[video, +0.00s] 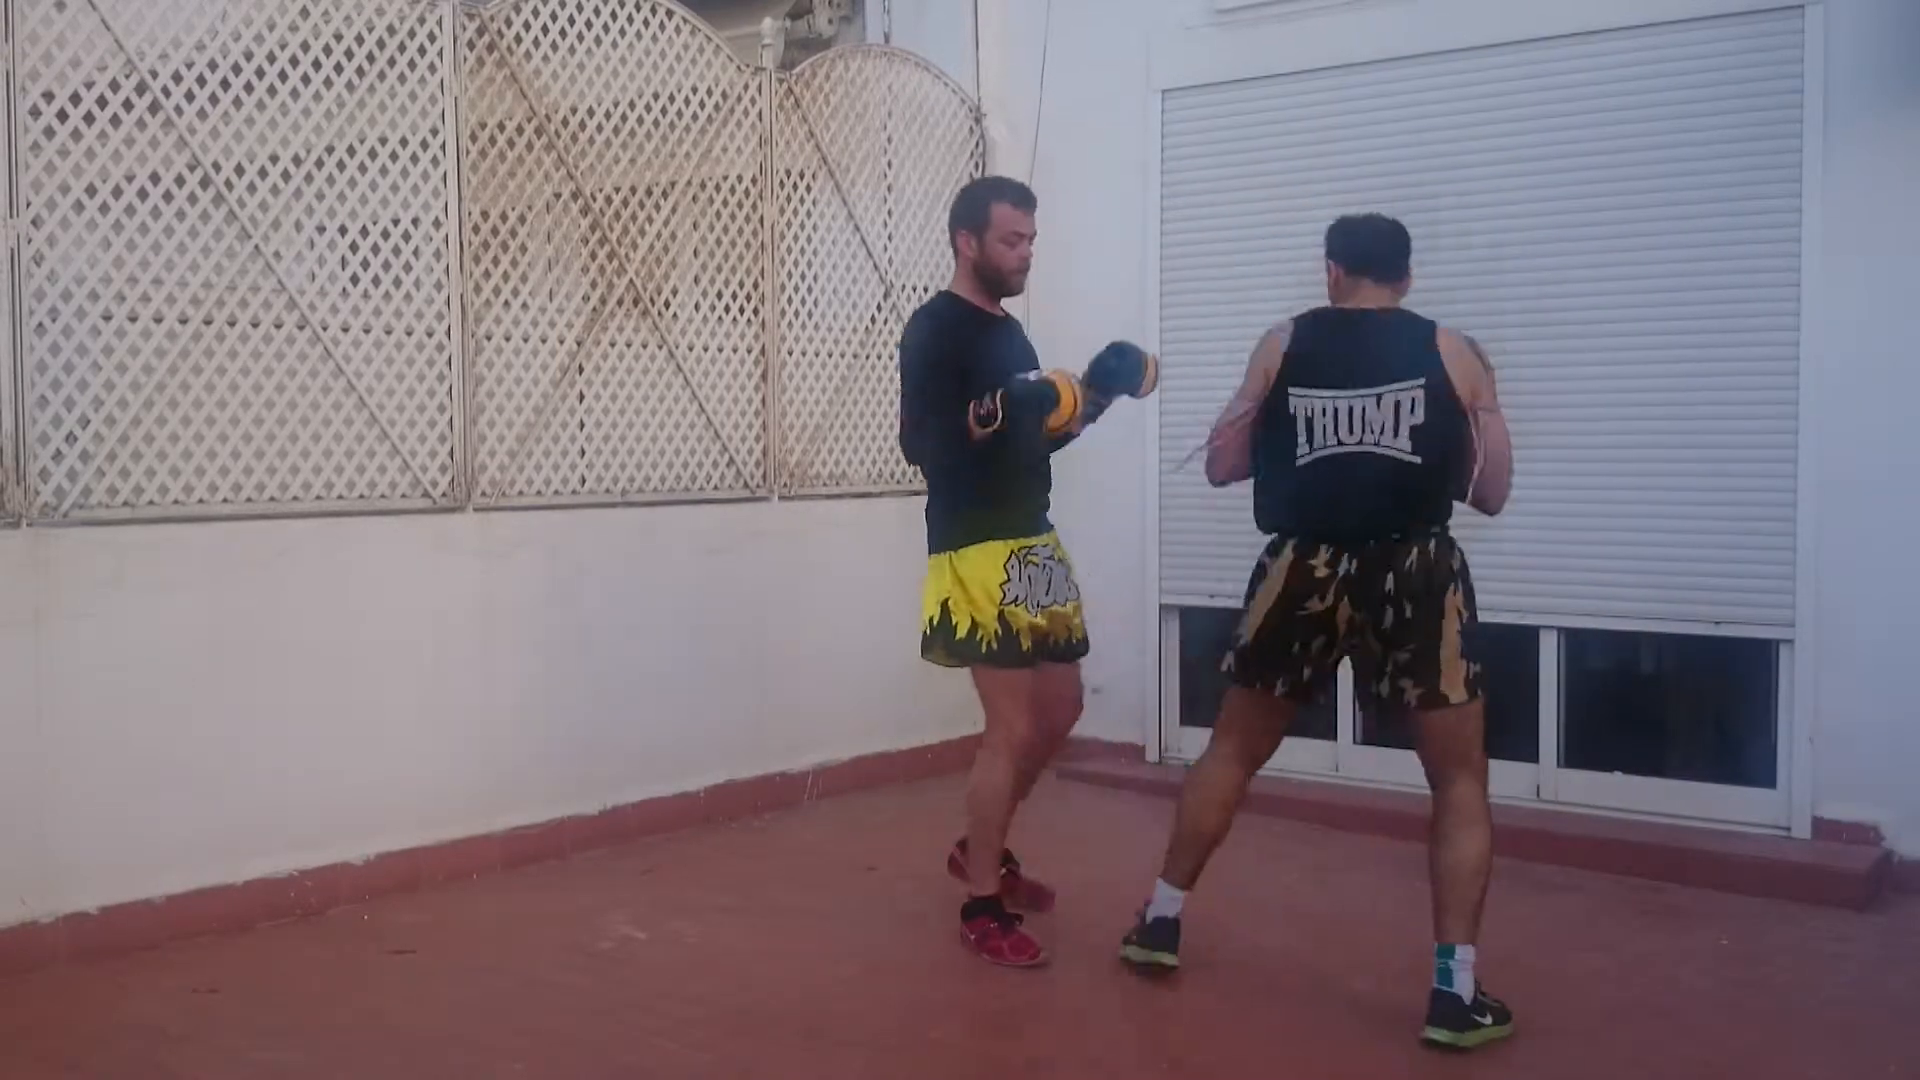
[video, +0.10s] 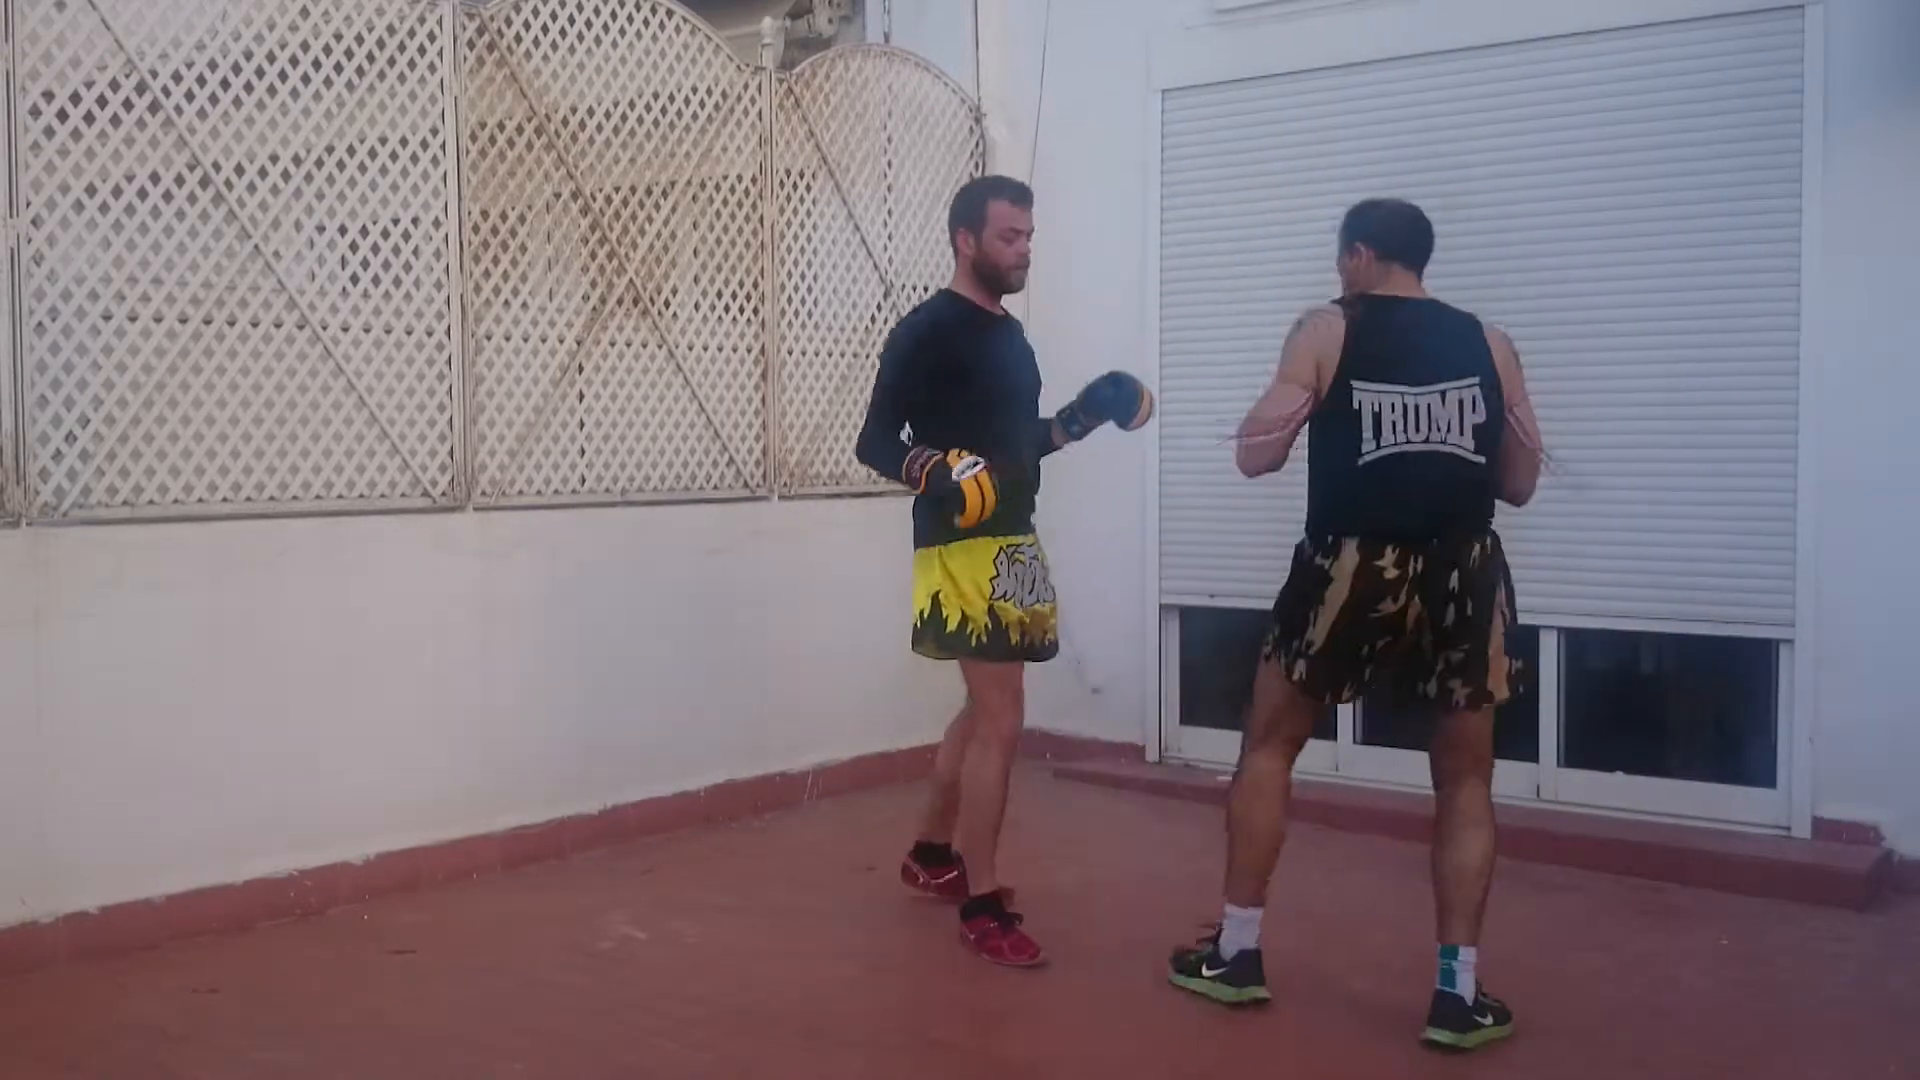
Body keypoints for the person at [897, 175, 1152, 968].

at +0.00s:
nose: (1026, 253)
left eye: (1030, 240)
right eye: (1012, 239)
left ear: (1022, 244)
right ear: (965, 241)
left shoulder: (1010, 330)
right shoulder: (933, 329)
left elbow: (1034, 437)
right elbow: (924, 448)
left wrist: (1095, 395)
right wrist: (1005, 416)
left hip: (1032, 541)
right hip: (978, 551)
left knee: (1056, 711)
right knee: (1009, 727)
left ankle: (983, 847)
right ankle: (982, 904)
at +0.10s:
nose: (1024, 248)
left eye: (1028, 236)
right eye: (1010, 236)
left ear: (1022, 243)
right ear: (964, 240)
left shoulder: (1008, 335)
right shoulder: (926, 329)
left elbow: (1016, 447)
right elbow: (874, 440)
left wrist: (1086, 412)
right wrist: (935, 470)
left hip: (1012, 542)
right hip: (965, 549)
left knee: (983, 711)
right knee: (999, 721)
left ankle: (932, 850)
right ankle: (984, 902)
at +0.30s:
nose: (1006, 257)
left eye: (1013, 245)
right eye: (993, 243)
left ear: (1012, 249)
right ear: (950, 244)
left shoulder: (1003, 332)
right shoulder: (901, 328)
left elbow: (1009, 438)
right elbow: (841, 428)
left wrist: (1071, 429)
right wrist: (882, 468)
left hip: (974, 538)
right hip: (921, 539)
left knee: (924, 711)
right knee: (961, 705)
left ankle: (926, 865)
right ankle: (921, 876)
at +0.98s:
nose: (939, 273)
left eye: (946, 260)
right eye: (928, 260)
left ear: (950, 259)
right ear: (884, 252)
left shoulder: (940, 337)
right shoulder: (837, 327)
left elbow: (1002, 419)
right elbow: (848, 432)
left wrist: (1039, 357)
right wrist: (908, 368)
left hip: (944, 542)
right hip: (866, 545)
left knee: (988, 711)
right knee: (858, 720)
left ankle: (1030, 880)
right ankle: (830, 874)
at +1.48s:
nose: (970, 268)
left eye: (977, 257)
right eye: (959, 255)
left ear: (978, 257)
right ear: (915, 248)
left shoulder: (964, 325)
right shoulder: (876, 319)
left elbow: (1051, 388)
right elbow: (875, 433)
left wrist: (1076, 323)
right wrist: (945, 345)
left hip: (937, 535)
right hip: (871, 539)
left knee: (993, 691)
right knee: (919, 705)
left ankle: (937, 840)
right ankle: (849, 836)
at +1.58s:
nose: (970, 289)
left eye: (977, 276)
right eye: (957, 276)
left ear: (981, 276)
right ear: (914, 274)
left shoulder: (985, 350)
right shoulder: (877, 348)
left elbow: (1073, 379)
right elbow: (833, 447)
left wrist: (1075, 314)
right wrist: (876, 385)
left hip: (942, 557)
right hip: (884, 554)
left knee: (915, 721)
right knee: (959, 701)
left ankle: (872, 849)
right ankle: (928, 877)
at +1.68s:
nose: (965, 284)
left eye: (971, 272)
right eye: (952, 271)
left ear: (972, 273)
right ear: (907, 269)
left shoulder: (974, 348)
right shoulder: (866, 345)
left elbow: (1060, 374)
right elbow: (807, 451)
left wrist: (1098, 312)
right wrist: (849, 381)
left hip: (971, 555)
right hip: (904, 562)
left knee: (1003, 718)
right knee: (967, 730)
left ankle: (917, 814)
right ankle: (950, 908)